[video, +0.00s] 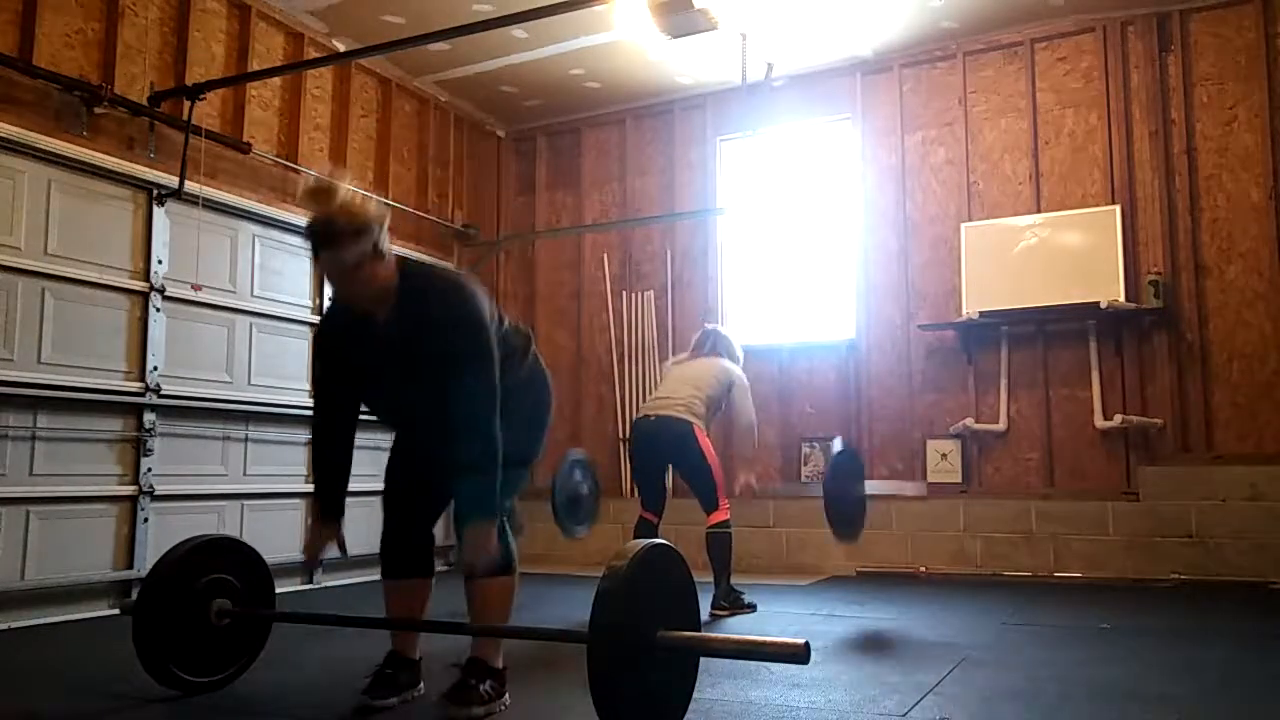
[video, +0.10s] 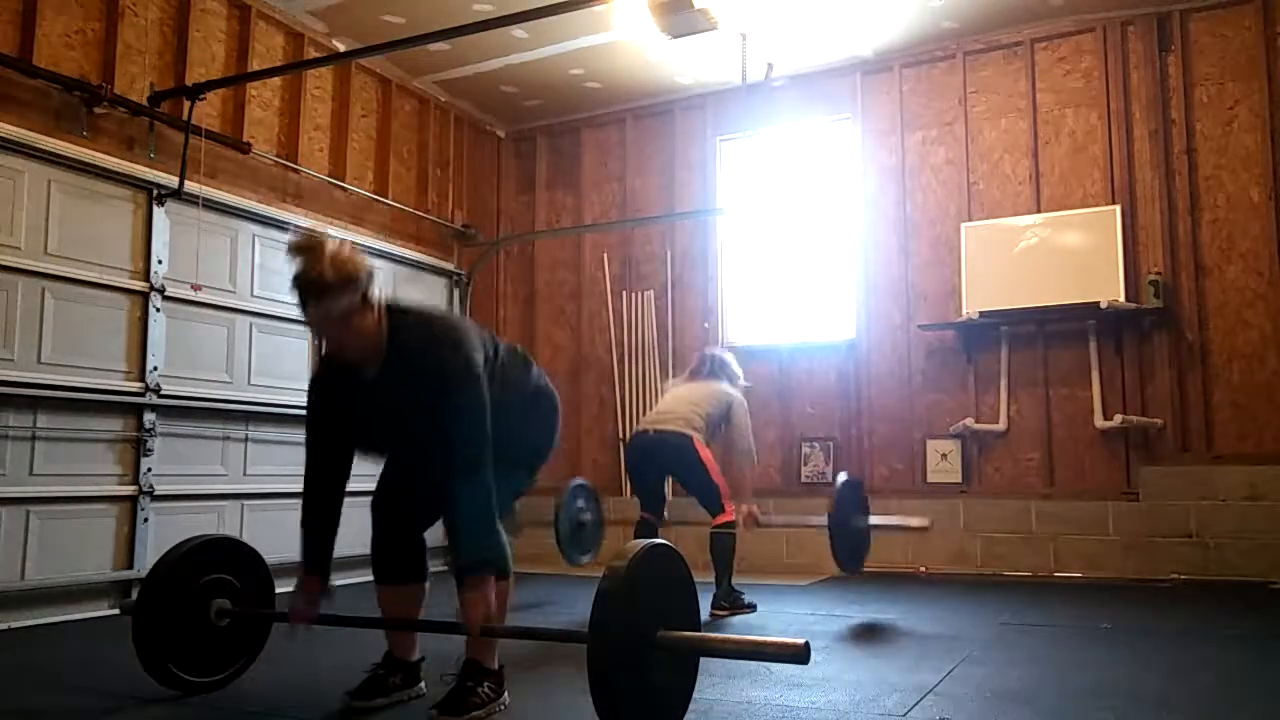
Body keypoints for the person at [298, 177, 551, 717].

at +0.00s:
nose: (346, 283)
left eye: (354, 268)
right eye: (334, 273)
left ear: (384, 254)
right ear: (323, 272)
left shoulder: (453, 300)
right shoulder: (337, 330)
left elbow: (476, 410)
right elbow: (332, 424)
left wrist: (480, 513)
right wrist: (325, 510)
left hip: (502, 408)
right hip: (425, 420)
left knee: (484, 524)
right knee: (403, 523)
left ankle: (487, 668)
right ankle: (403, 663)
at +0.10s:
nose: (333, 339)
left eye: (342, 321)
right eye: (321, 326)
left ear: (369, 306)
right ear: (311, 321)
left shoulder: (444, 346)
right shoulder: (333, 381)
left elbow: (470, 468)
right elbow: (323, 482)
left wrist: (478, 581)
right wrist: (313, 577)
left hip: (514, 418)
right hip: (432, 436)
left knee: (476, 532)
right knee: (392, 516)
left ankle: (483, 673)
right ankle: (402, 664)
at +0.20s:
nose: (320, 374)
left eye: (331, 358)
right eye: (309, 363)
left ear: (365, 344)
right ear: (299, 358)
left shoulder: (437, 375)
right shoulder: (325, 410)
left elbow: (469, 505)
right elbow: (314, 505)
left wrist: (475, 598)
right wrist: (302, 599)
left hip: (521, 431)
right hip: (439, 446)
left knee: (468, 528)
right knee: (385, 514)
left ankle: (483, 675)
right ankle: (400, 665)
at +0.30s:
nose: (320, 372)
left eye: (330, 355)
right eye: (309, 360)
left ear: (364, 338)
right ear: (301, 356)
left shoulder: (436, 372)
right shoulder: (326, 412)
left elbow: (469, 509)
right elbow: (315, 502)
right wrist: (304, 592)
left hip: (522, 430)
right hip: (437, 446)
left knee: (464, 529)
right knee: (385, 514)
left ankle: (482, 673)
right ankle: (400, 665)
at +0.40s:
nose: (321, 352)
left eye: (331, 336)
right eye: (310, 341)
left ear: (366, 323)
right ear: (303, 339)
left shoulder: (440, 361)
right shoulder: (337, 385)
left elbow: (468, 492)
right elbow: (324, 483)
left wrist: (480, 590)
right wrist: (309, 582)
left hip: (520, 418)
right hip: (436, 436)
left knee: (465, 527)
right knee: (391, 515)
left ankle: (482, 673)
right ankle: (400, 666)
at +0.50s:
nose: (322, 324)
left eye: (332, 308)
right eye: (312, 313)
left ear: (366, 298)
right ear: (305, 312)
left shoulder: (442, 335)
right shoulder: (339, 369)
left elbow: (478, 464)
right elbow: (326, 463)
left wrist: (483, 563)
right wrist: (313, 555)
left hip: (518, 405)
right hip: (435, 429)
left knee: (474, 528)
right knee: (400, 521)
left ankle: (484, 673)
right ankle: (401, 665)